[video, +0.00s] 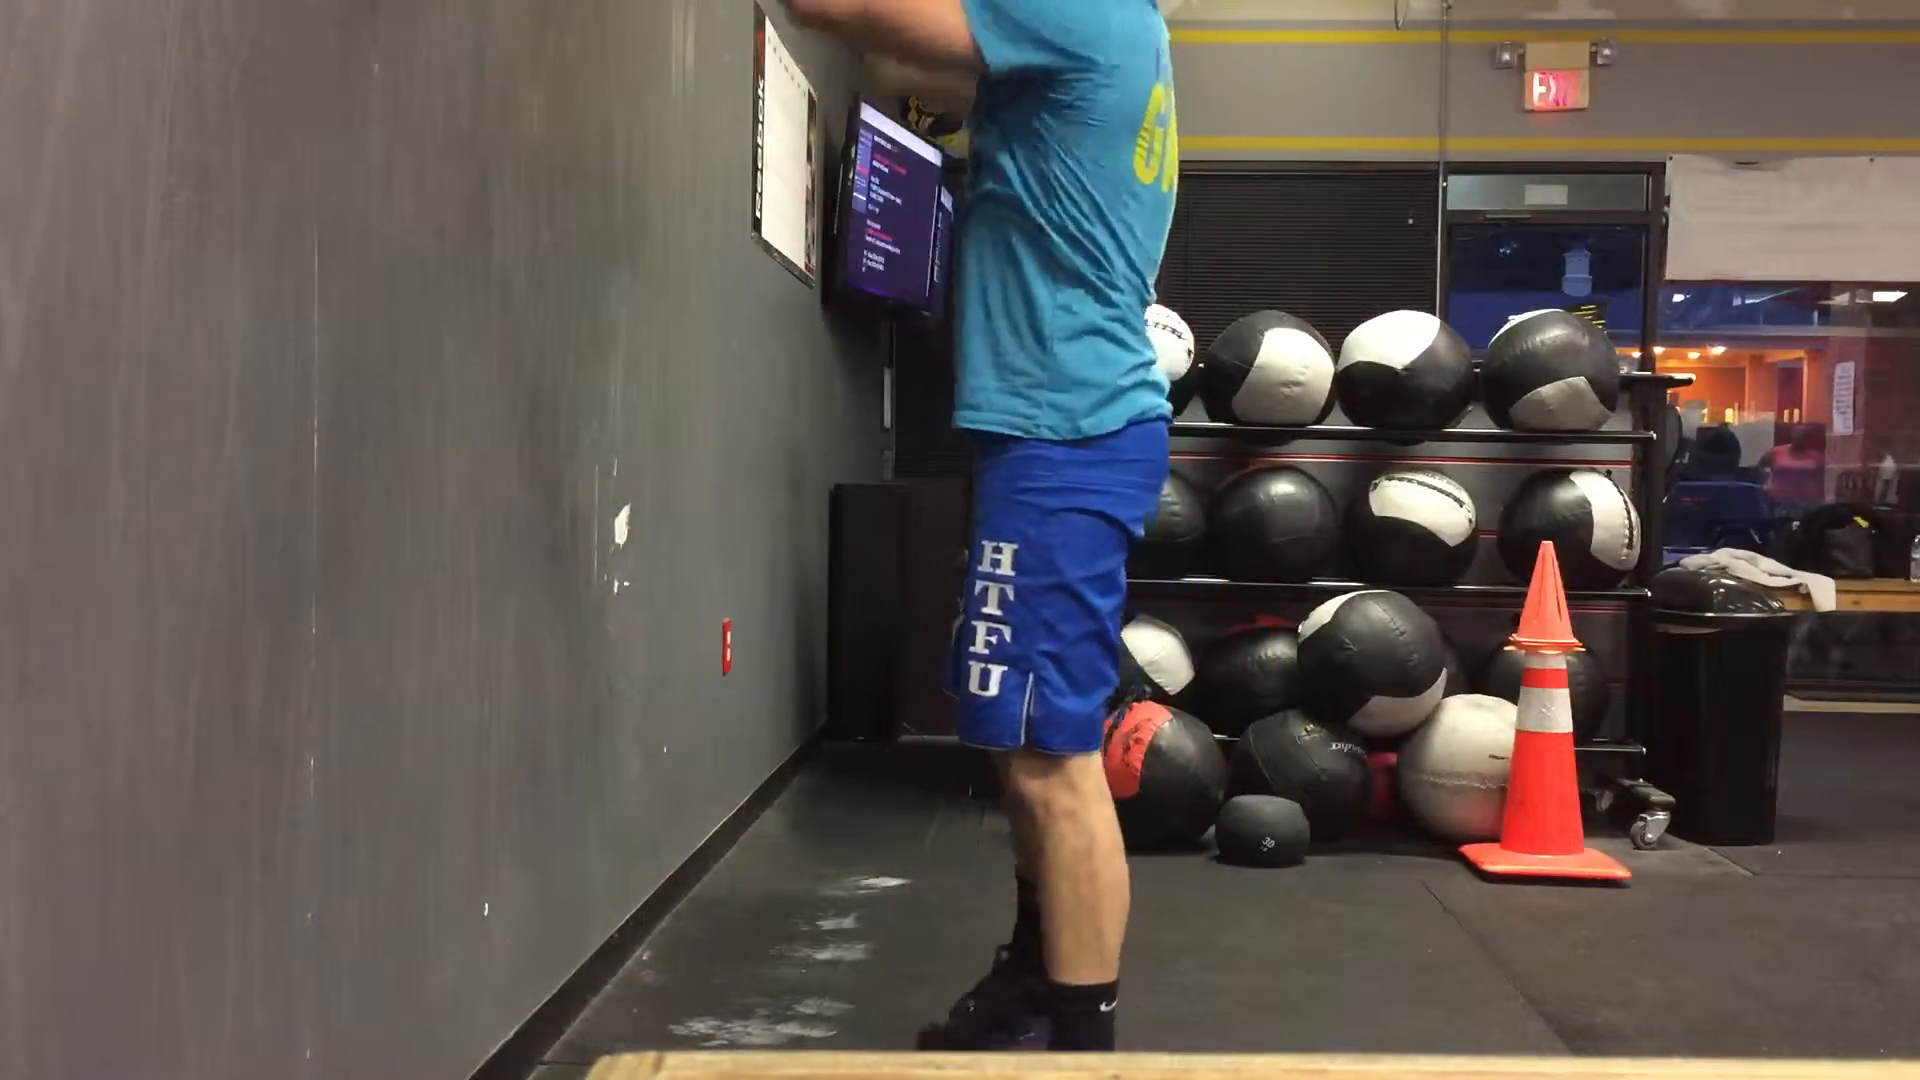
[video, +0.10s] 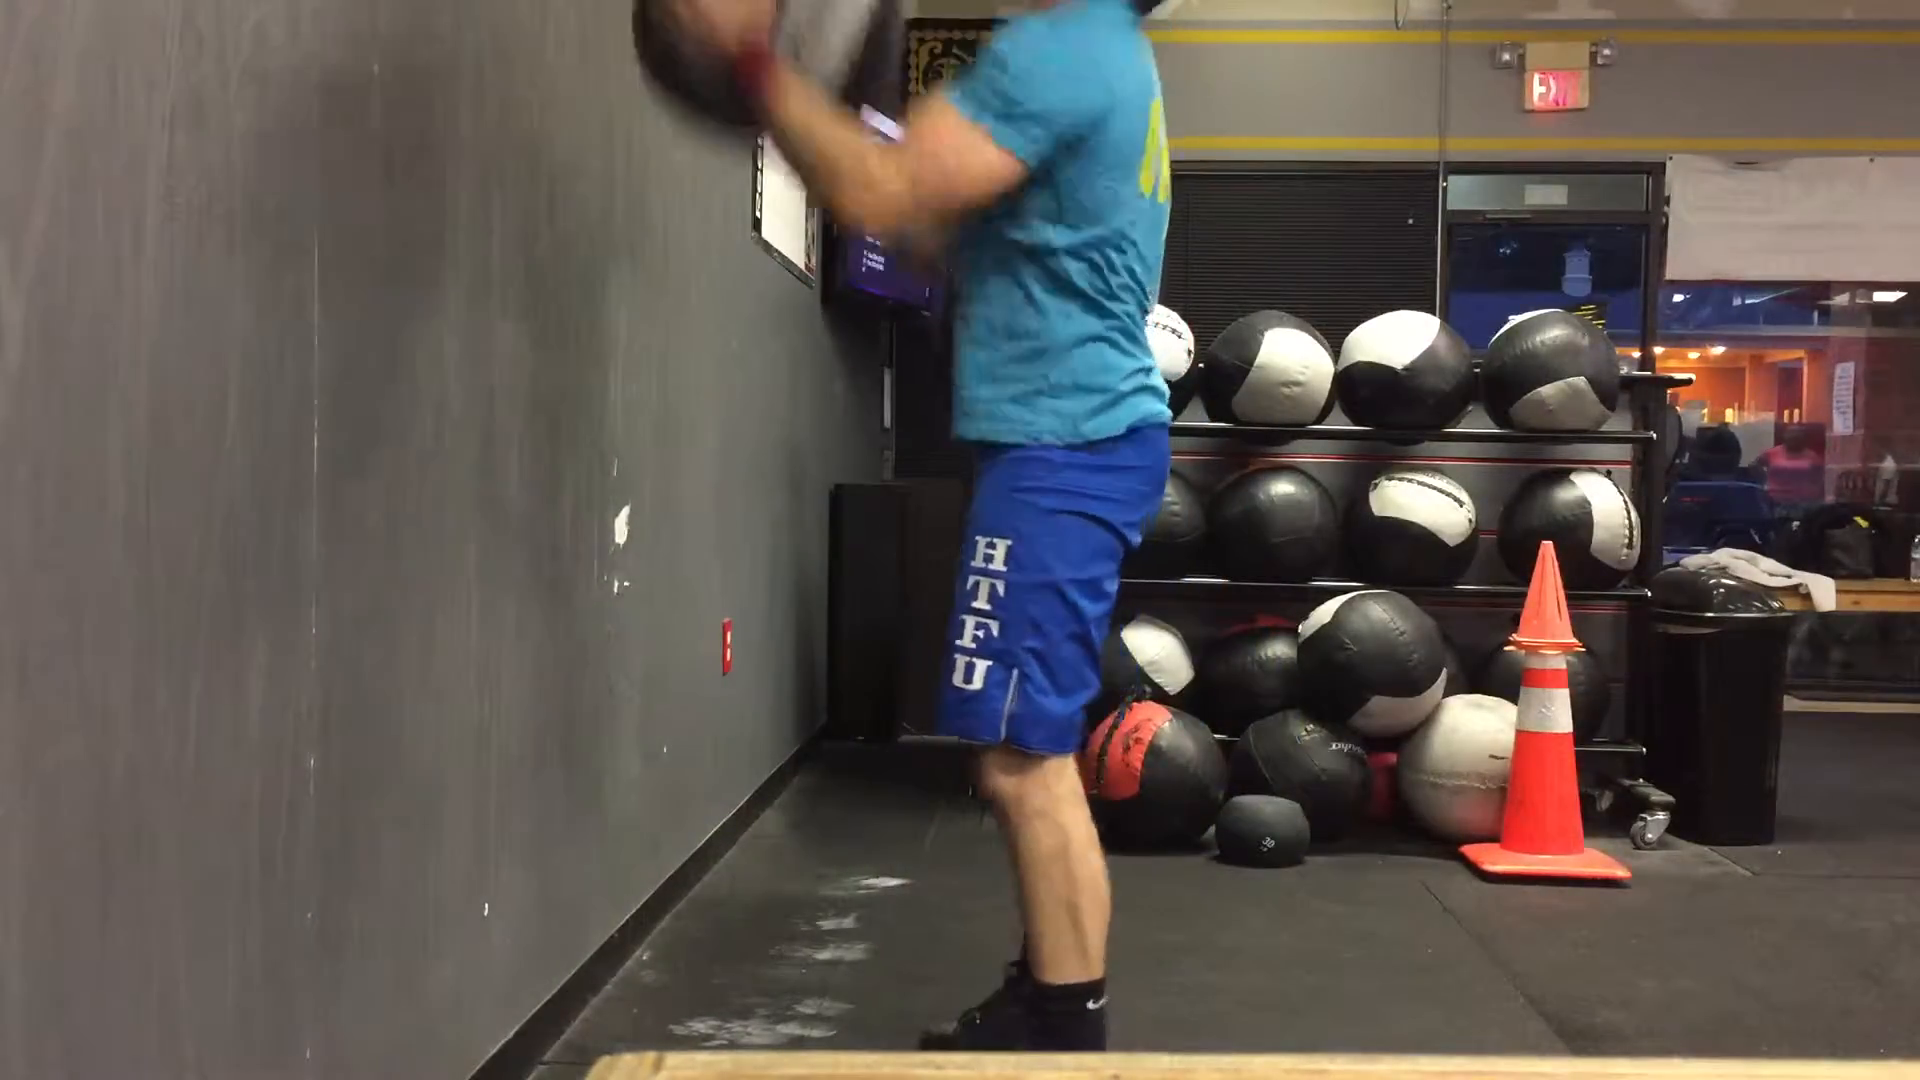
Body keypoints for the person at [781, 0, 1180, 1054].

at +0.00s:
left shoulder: (1083, 17)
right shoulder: (1104, 26)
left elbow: (863, 19)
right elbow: (918, 75)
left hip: (1069, 429)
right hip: (1053, 425)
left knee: (1053, 753)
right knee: (1028, 741)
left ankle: (1084, 1040)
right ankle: (1038, 983)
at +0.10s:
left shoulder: (1066, 49)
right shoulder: (1090, 45)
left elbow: (882, 194)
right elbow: (941, 208)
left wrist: (757, 61)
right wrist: (881, 152)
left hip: (1067, 444)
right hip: (1059, 440)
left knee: (1025, 756)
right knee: (1021, 750)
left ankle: (1071, 1025)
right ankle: (1046, 998)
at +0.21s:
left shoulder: (1042, 79)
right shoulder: (1072, 67)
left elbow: (985, 286)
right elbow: (1021, 260)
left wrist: (810, 214)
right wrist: (903, 189)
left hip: (1072, 453)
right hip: (1084, 447)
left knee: (969, 742)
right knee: (1018, 736)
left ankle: (1048, 1010)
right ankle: (1053, 994)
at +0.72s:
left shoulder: (1079, 49)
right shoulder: (1049, 57)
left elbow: (1083, 256)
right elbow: (1043, 246)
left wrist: (895, 227)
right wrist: (889, 218)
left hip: (1080, 449)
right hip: (1055, 447)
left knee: (1034, 747)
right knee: (1037, 744)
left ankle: (1075, 1020)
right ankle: (1059, 1000)